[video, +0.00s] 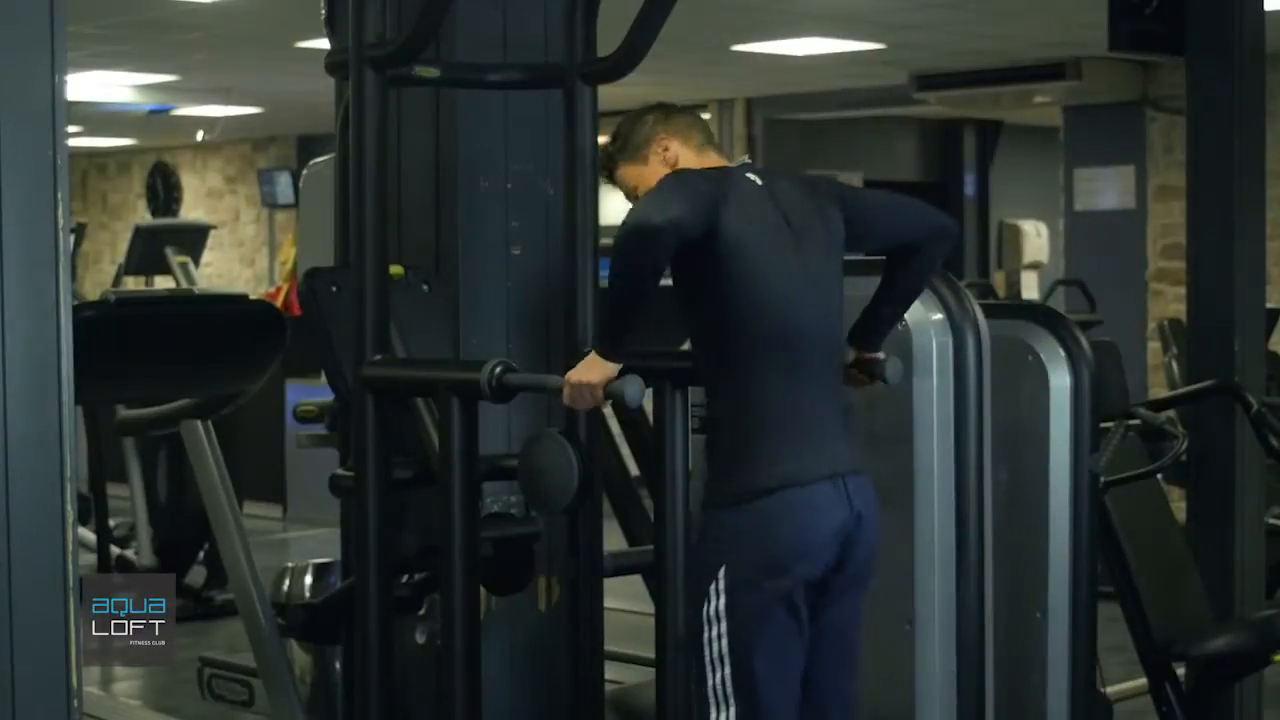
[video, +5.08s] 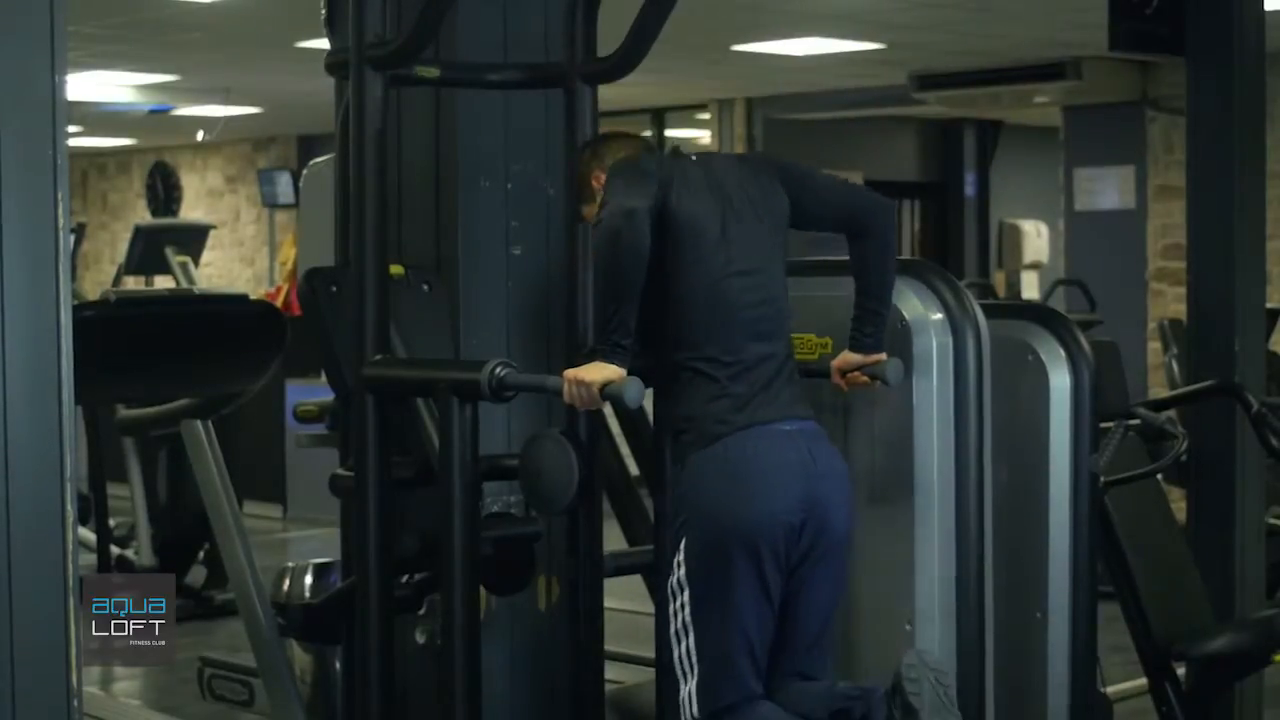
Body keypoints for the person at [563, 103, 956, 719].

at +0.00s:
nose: (642, 208)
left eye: (637, 192)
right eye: (634, 196)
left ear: (666, 153)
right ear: (711, 149)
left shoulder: (692, 190)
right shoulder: (813, 194)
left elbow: (651, 224)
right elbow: (933, 231)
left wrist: (606, 350)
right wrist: (866, 343)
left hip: (762, 501)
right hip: (845, 490)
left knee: (746, 705)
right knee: (829, 702)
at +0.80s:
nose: (609, 131)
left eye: (603, 114)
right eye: (602, 122)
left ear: (613, 77)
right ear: (670, 61)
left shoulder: (648, 90)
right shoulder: (777, 102)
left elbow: (637, 212)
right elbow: (854, 210)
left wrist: (610, 350)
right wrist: (862, 342)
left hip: (716, 396)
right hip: (808, 391)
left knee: (695, 660)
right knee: (772, 646)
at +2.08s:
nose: (597, 219)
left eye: (592, 206)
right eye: (591, 212)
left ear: (605, 171)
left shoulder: (640, 168)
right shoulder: (763, 168)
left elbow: (623, 222)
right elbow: (877, 213)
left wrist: (609, 352)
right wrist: (868, 342)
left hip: (739, 464)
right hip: (821, 448)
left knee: (712, 700)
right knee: (789, 676)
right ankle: (891, 693)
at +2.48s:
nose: (601, 306)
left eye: (592, 293)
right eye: (594, 300)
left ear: (596, 257)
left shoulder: (637, 241)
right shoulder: (749, 229)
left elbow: (634, 217)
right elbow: (869, 215)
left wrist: (614, 353)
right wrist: (867, 341)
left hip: (745, 529)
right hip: (828, 515)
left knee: (728, 707)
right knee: (816, 709)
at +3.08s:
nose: (601, 240)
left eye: (592, 226)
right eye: (591, 234)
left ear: (597, 186)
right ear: (643, 156)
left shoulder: (634, 176)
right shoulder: (750, 173)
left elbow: (637, 222)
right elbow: (866, 209)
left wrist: (612, 352)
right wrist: (866, 338)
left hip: (723, 468)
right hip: (810, 455)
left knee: (712, 701)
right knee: (785, 686)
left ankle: (879, 702)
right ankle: (885, 698)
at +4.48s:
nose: (592, 306)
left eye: (586, 289)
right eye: (588, 294)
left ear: (596, 263)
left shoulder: (635, 256)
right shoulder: (747, 236)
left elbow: (630, 214)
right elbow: (867, 215)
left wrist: (612, 351)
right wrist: (867, 341)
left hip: (724, 540)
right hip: (811, 521)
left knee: (721, 706)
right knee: (813, 708)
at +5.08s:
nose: (598, 219)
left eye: (593, 207)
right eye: (592, 212)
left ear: (603, 179)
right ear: (653, 151)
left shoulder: (634, 174)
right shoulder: (756, 172)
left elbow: (625, 222)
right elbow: (874, 212)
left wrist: (611, 351)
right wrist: (869, 341)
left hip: (724, 468)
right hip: (813, 453)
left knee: (719, 701)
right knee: (795, 687)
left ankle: (875, 707)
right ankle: (882, 705)